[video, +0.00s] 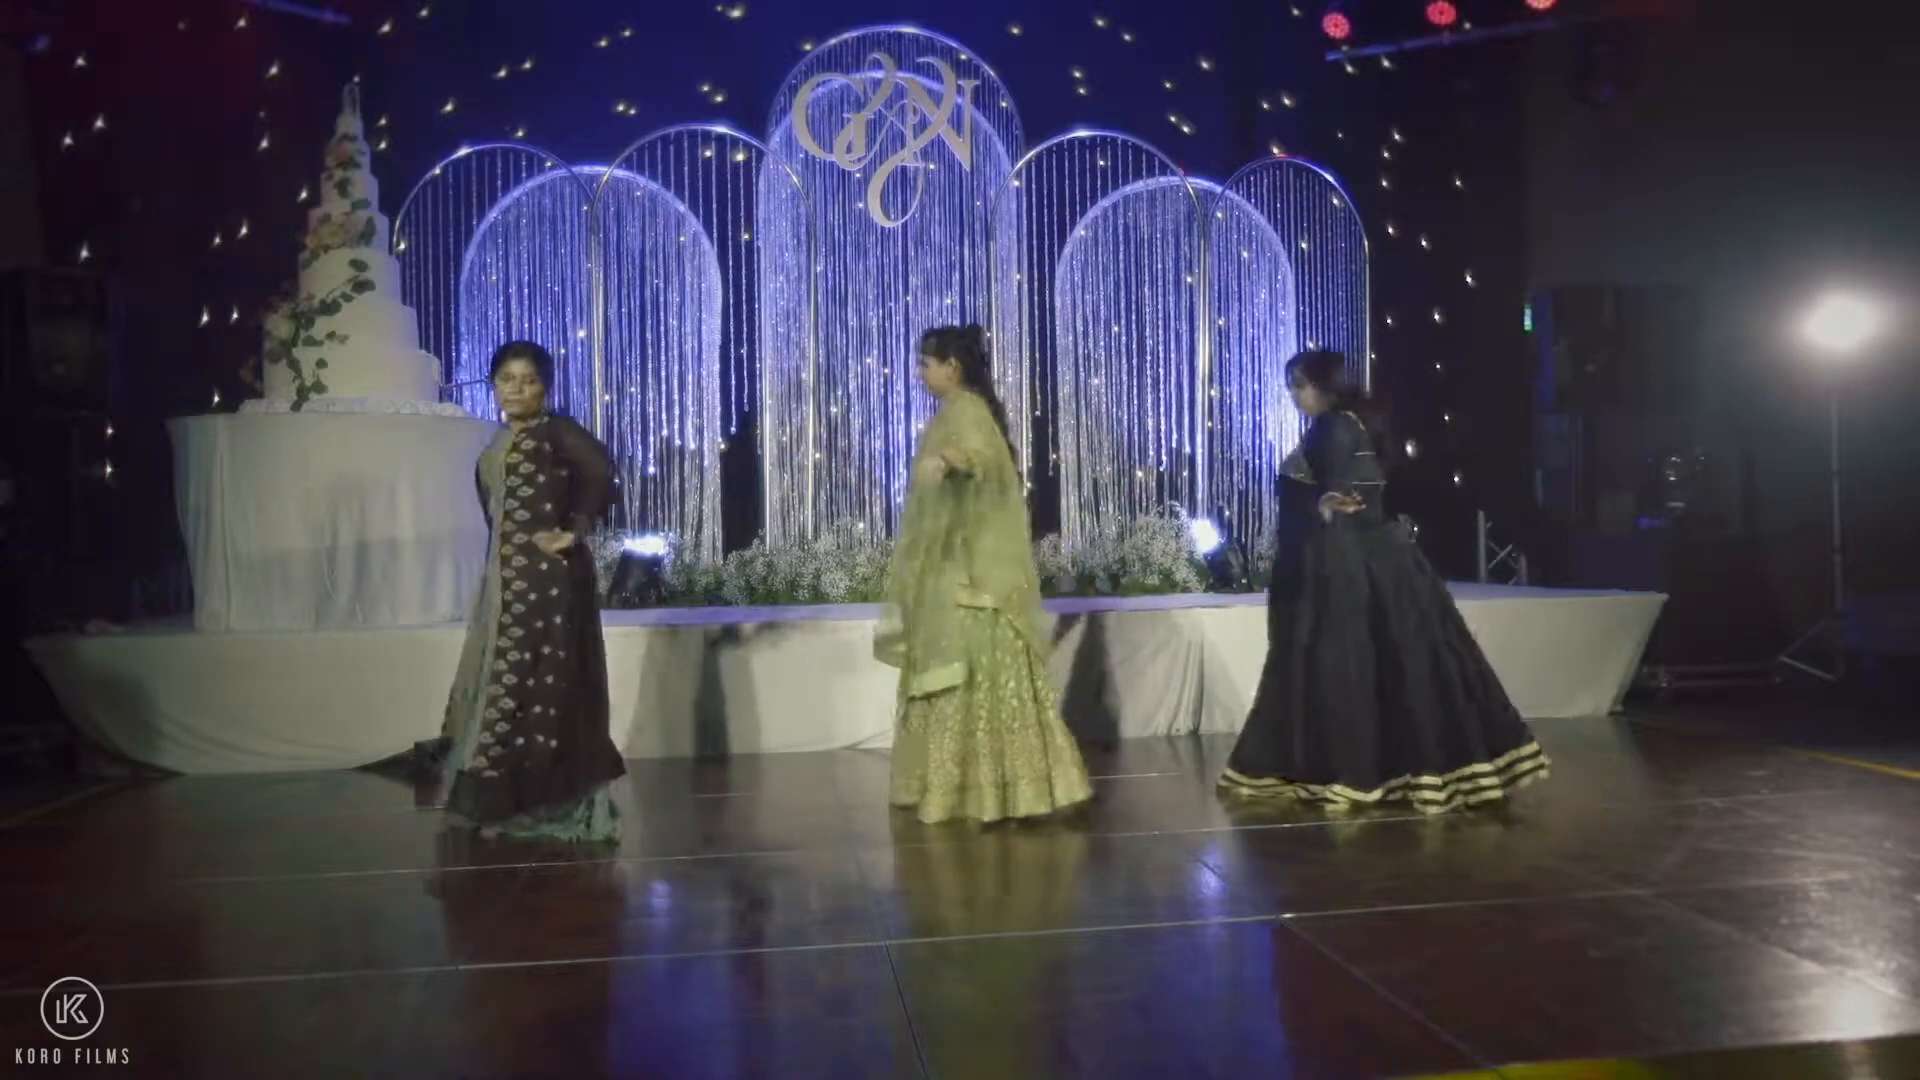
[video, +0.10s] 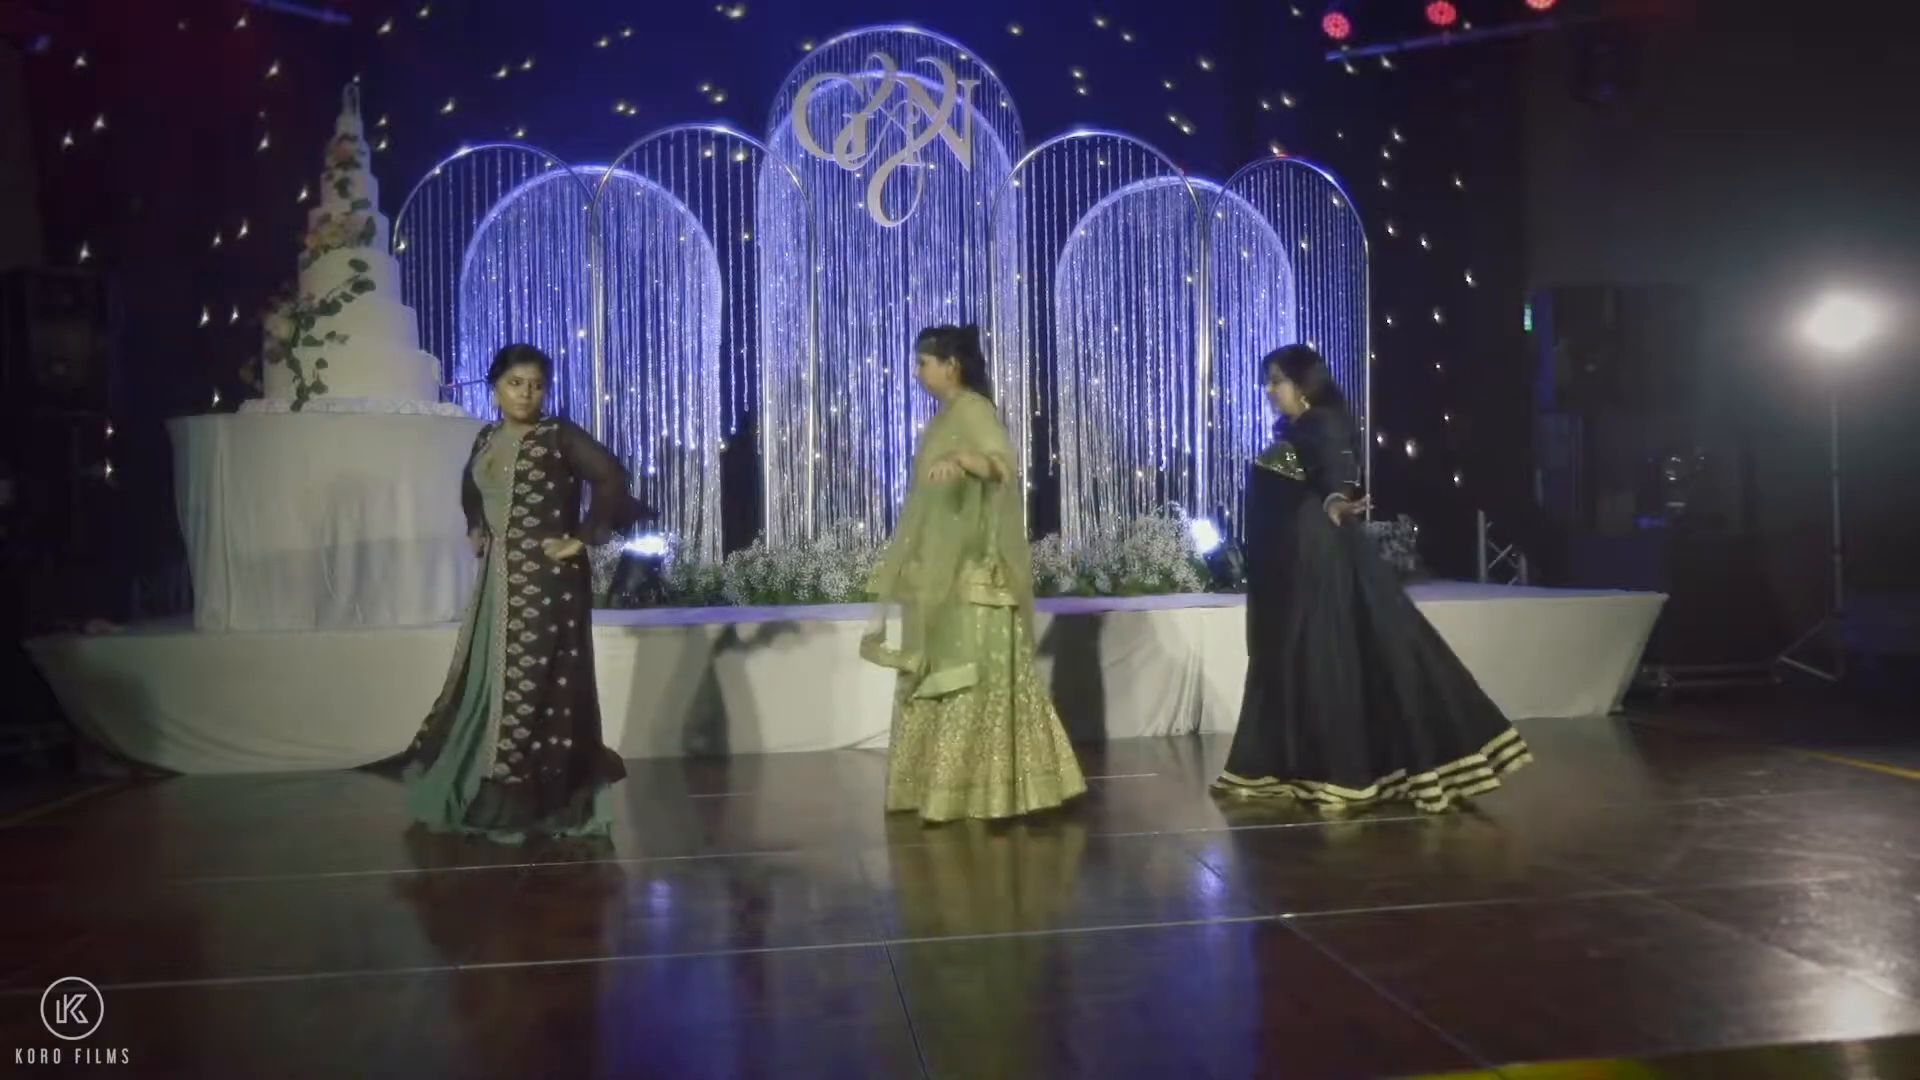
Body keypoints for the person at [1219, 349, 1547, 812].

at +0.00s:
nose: (1294, 398)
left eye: (1298, 387)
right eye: (1292, 388)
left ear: (1319, 386)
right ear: (1331, 385)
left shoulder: (1332, 428)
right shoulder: (1353, 426)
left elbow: (1327, 487)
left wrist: (1317, 499)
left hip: (1340, 566)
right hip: (1366, 560)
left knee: (1335, 669)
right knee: (1364, 667)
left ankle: (1346, 772)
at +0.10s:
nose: (1269, 393)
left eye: (1275, 383)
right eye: (1268, 384)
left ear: (1301, 383)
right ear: (1298, 387)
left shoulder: (1323, 424)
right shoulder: (1296, 429)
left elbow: (1338, 473)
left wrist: (1338, 500)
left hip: (1318, 562)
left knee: (1318, 666)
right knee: (1297, 666)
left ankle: (1333, 773)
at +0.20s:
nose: (1245, 388)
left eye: (1253, 379)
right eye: (1245, 380)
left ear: (1280, 381)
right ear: (1259, 386)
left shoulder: (1307, 426)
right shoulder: (1249, 437)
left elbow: (1327, 471)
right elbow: (1228, 498)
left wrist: (1333, 502)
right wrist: (1197, 539)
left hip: (1301, 559)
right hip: (1252, 560)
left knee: (1303, 663)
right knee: (1257, 662)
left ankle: (1321, 770)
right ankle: (1264, 767)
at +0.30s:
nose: (1224, 387)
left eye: (1233, 378)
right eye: (1222, 379)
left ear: (1261, 381)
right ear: (1224, 386)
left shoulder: (1294, 428)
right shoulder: (1213, 442)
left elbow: (1319, 476)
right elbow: (1189, 504)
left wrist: (1324, 512)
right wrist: (1162, 551)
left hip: (1283, 563)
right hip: (1224, 567)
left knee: (1286, 659)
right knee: (1223, 660)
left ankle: (1294, 763)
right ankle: (1232, 761)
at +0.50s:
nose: (1190, 381)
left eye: (1201, 375)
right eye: (1185, 374)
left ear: (1220, 383)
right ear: (1176, 383)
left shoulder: (1249, 434)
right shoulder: (1152, 435)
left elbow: (1273, 490)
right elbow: (1127, 495)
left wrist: (1277, 539)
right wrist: (1132, 546)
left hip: (1240, 565)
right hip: (1173, 567)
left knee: (1245, 664)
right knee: (1175, 666)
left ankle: (1247, 769)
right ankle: (1176, 769)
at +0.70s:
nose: (1180, 394)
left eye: (1179, 387)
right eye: (1173, 387)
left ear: (1168, 395)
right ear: (1148, 392)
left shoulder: (1177, 440)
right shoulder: (1120, 440)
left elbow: (1187, 501)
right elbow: (1106, 503)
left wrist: (1207, 545)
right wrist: (1133, 558)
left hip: (1180, 566)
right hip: (1129, 569)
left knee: (1211, 659)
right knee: (1125, 665)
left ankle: (1223, 770)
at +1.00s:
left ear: (1061, 395)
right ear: (1106, 393)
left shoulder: (1046, 431)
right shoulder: (1107, 430)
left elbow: (1038, 489)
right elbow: (1118, 488)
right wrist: (1137, 542)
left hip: (1051, 542)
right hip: (1095, 543)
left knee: (1072, 639)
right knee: (1123, 634)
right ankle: (1113, 748)